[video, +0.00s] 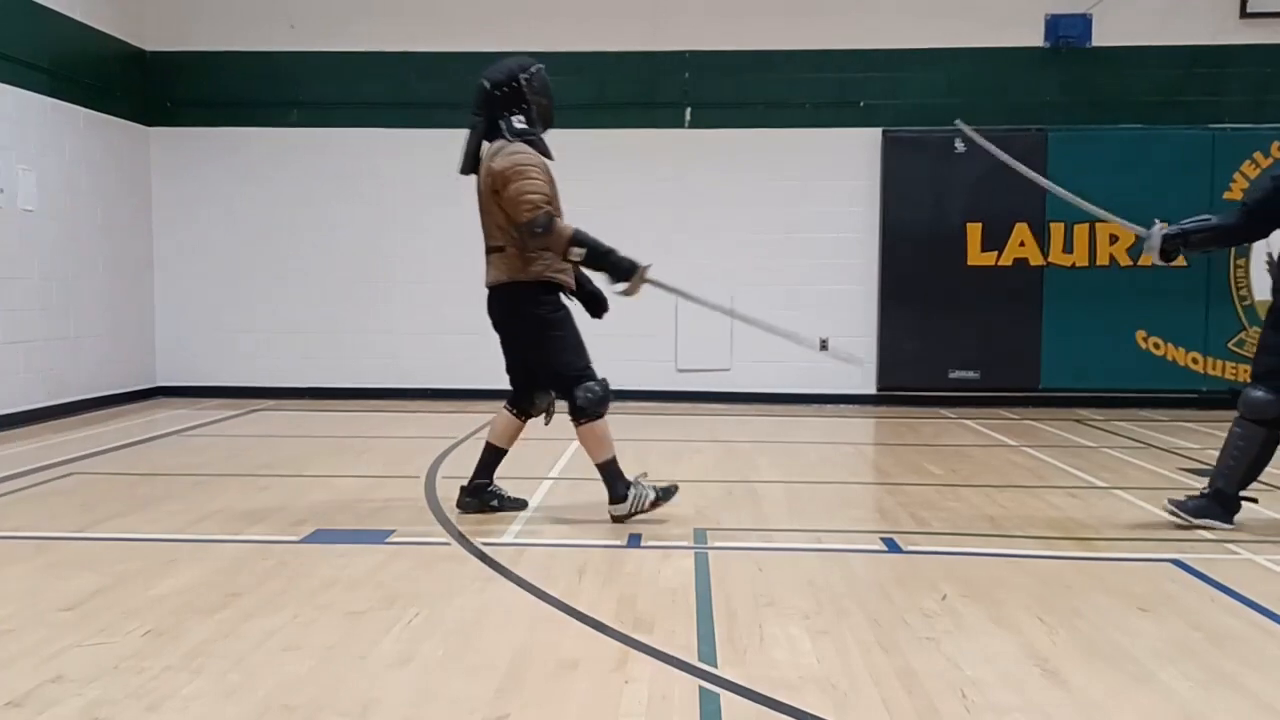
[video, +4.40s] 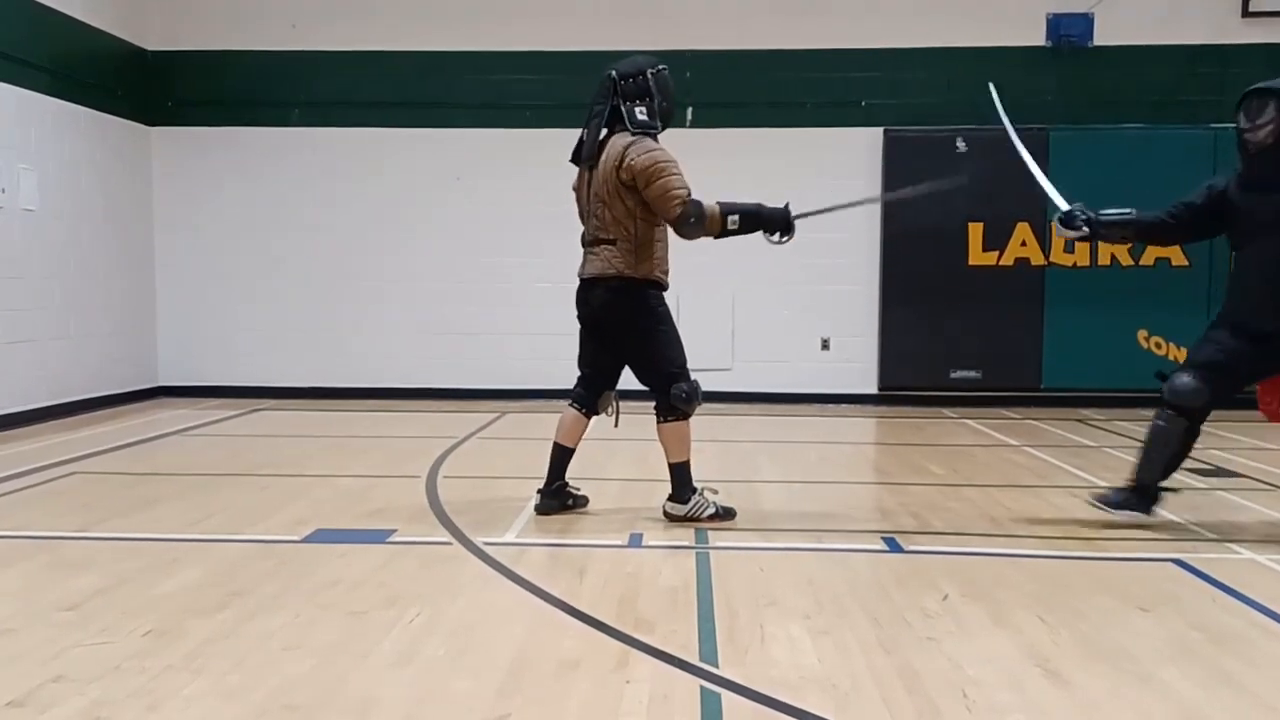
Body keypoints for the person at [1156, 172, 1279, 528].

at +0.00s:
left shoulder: (1274, 179)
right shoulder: (1273, 178)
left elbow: (1250, 219)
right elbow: (1250, 218)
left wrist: (1177, 236)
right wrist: (1180, 234)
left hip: (1278, 315)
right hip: (1277, 312)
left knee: (1266, 393)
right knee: (1264, 393)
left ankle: (1221, 498)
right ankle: (1221, 498)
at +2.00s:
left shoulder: (1277, 199)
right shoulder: (1278, 197)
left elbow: (1254, 231)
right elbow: (1253, 231)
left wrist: (1175, 225)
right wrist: (1174, 225)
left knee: (1256, 395)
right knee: (1253, 395)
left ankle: (1221, 499)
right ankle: (1221, 499)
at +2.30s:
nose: (1265, 141)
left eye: (1273, 132)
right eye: (1258, 133)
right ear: (1248, 138)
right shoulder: (1247, 189)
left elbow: (1192, 209)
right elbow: (1189, 209)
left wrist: (1125, 205)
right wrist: (1122, 204)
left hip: (1269, 325)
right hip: (1260, 323)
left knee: (1216, 399)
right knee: (1212, 399)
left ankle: (1185, 498)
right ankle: (1184, 498)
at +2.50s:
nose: (1226, 136)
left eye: (1239, 127)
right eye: (1222, 128)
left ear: (1267, 132)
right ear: (1216, 134)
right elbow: (1169, 239)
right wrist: (1118, 248)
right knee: (1197, 394)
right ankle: (1181, 496)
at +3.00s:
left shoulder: (1273, 191)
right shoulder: (1272, 189)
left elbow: (1238, 227)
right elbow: (1238, 226)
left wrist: (1163, 237)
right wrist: (1165, 237)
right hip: (1279, 317)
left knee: (1252, 388)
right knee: (1251, 388)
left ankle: (1233, 498)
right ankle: (1232, 497)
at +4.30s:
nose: (1270, 125)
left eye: (1276, 116)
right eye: (1265, 116)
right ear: (1257, 123)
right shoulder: (1254, 178)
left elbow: (1193, 213)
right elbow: (1192, 213)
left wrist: (1114, 219)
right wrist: (1112, 220)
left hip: (1270, 316)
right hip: (1259, 314)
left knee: (1209, 388)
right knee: (1203, 389)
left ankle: (1193, 493)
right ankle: (1193, 494)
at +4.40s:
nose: (1253, 128)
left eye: (1265, 117)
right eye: (1248, 118)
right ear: (1240, 126)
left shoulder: (1269, 184)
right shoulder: (1238, 190)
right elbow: (1174, 224)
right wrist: (1097, 223)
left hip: (1269, 322)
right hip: (1250, 320)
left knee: (1191, 388)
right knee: (1186, 389)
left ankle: (1143, 488)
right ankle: (1142, 490)